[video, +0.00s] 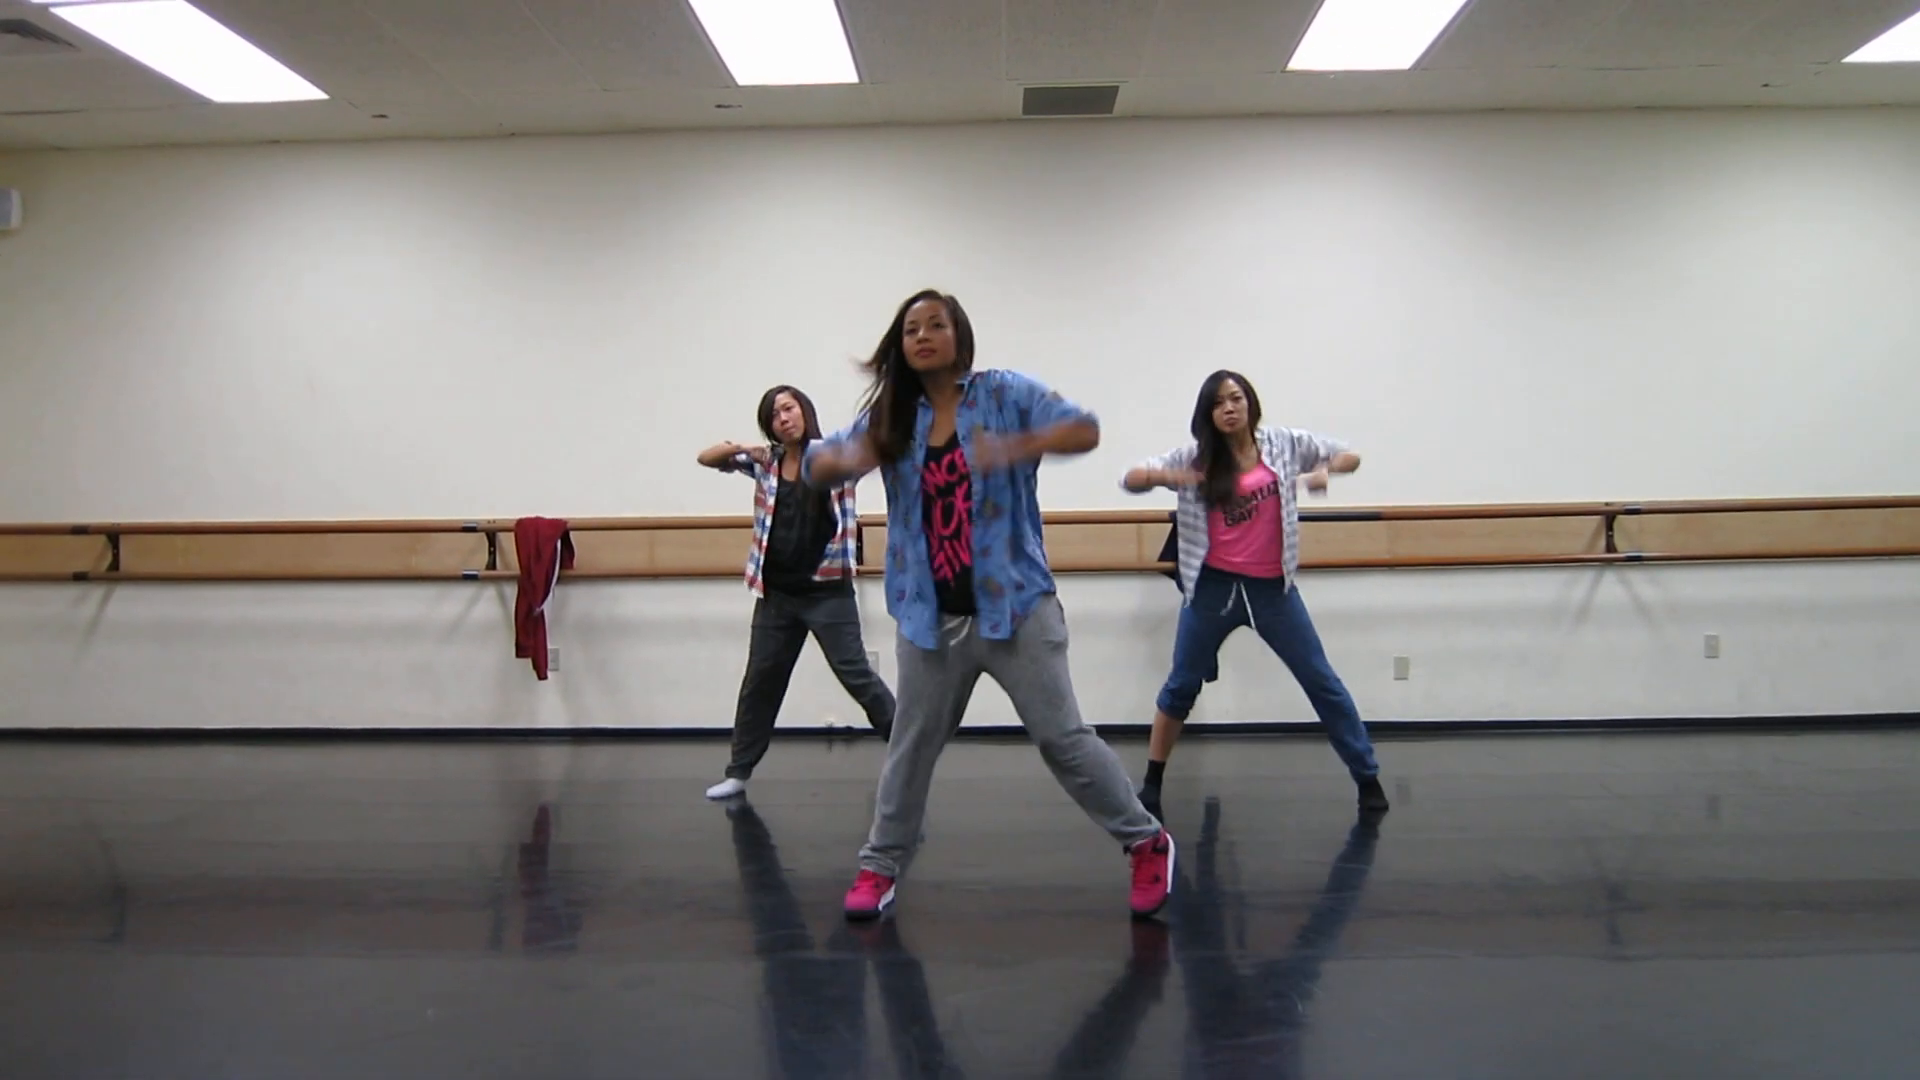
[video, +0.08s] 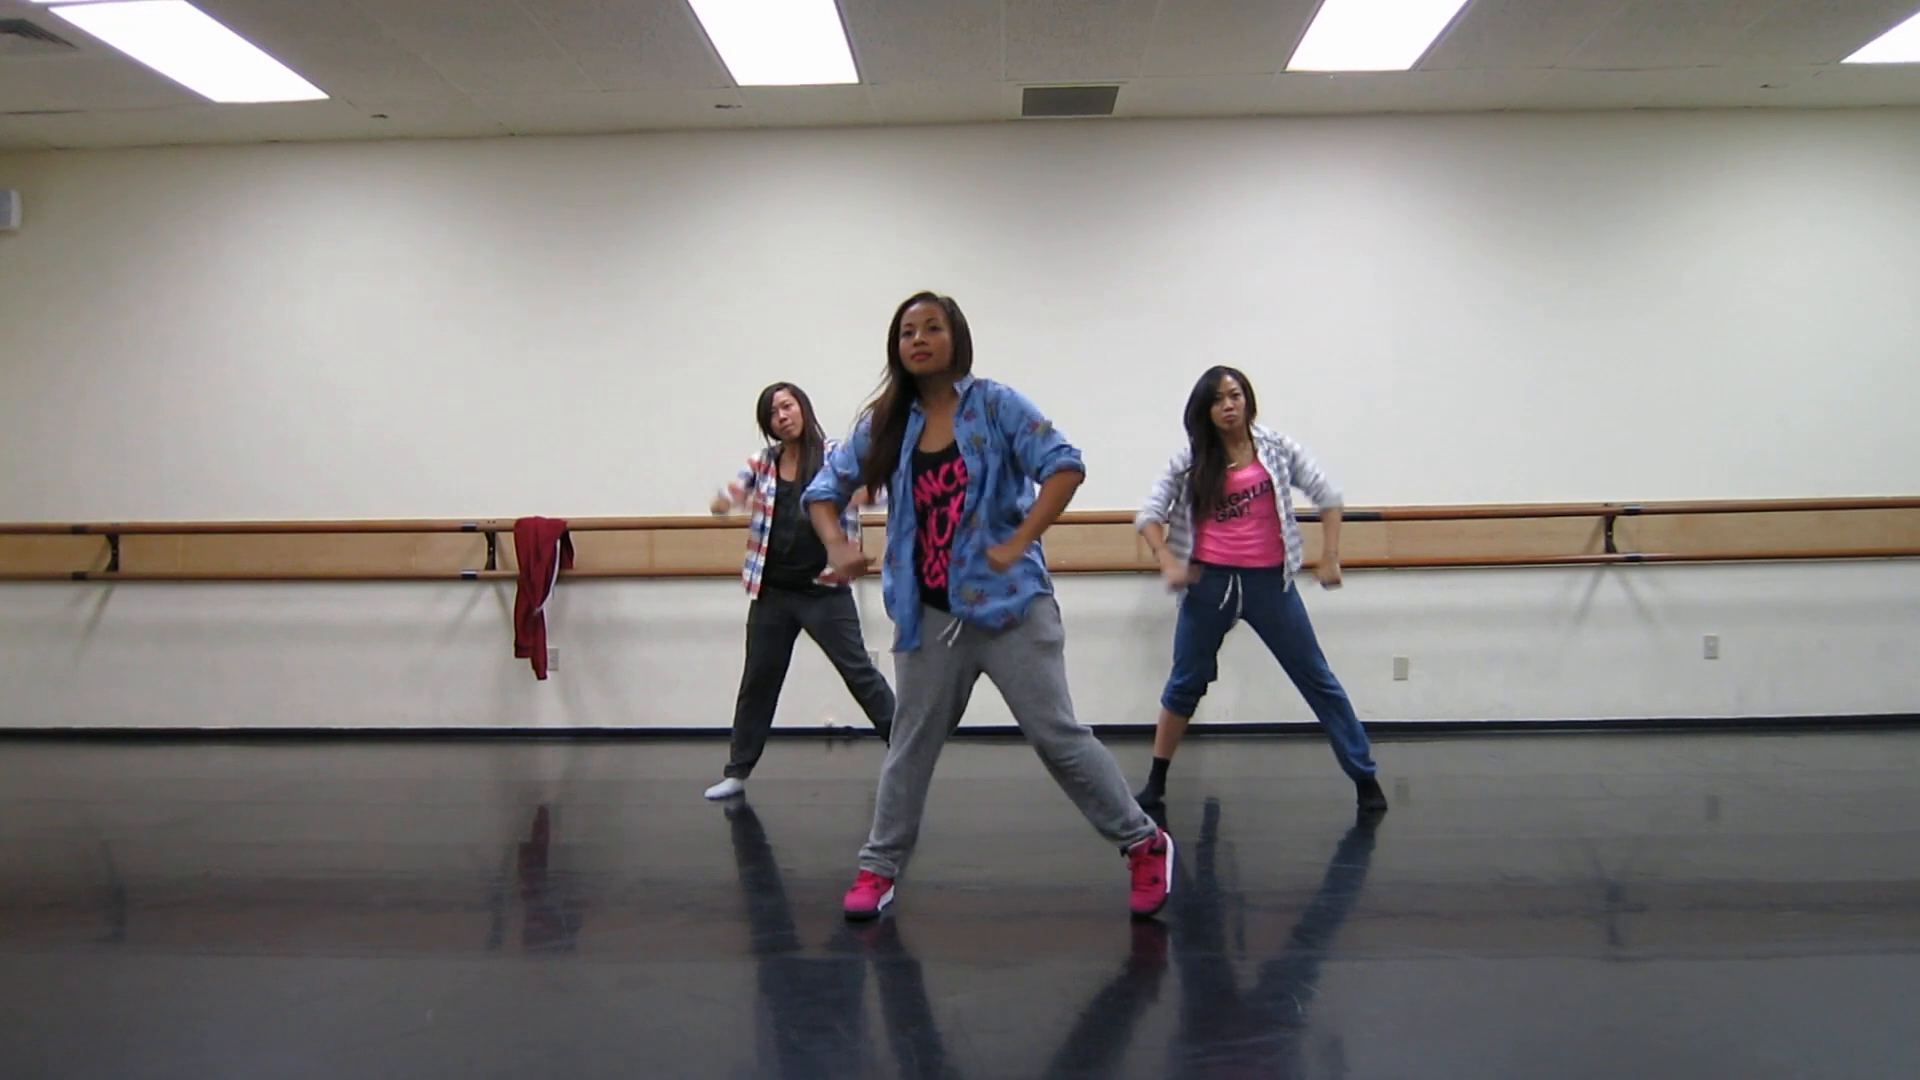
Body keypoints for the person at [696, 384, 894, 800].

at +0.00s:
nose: (783, 416)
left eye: (789, 407)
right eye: (775, 413)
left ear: (807, 411)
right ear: (771, 426)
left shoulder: (834, 453)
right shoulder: (763, 462)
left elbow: (875, 443)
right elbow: (706, 458)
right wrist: (740, 448)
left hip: (829, 593)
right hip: (776, 594)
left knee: (857, 677)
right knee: (759, 683)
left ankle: (909, 751)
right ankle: (738, 774)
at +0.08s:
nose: (782, 415)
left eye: (787, 406)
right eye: (773, 412)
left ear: (805, 409)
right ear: (768, 425)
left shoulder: (835, 456)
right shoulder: (760, 465)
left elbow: (874, 491)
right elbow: (723, 506)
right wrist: (725, 502)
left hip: (825, 594)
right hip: (771, 596)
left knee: (862, 677)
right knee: (757, 685)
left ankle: (907, 752)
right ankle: (737, 774)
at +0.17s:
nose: (782, 417)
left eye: (788, 408)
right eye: (774, 414)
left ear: (806, 411)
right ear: (767, 425)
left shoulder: (835, 460)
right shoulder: (760, 466)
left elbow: (860, 513)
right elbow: (724, 510)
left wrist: (825, 550)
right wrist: (734, 546)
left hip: (823, 596)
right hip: (769, 595)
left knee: (862, 678)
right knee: (754, 685)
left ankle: (906, 756)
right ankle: (735, 774)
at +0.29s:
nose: (781, 417)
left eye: (786, 408)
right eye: (772, 413)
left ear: (804, 412)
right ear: (765, 424)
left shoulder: (832, 454)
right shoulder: (757, 461)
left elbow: (870, 454)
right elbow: (703, 467)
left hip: (822, 596)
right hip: (767, 596)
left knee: (861, 680)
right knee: (753, 687)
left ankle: (907, 759)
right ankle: (735, 776)